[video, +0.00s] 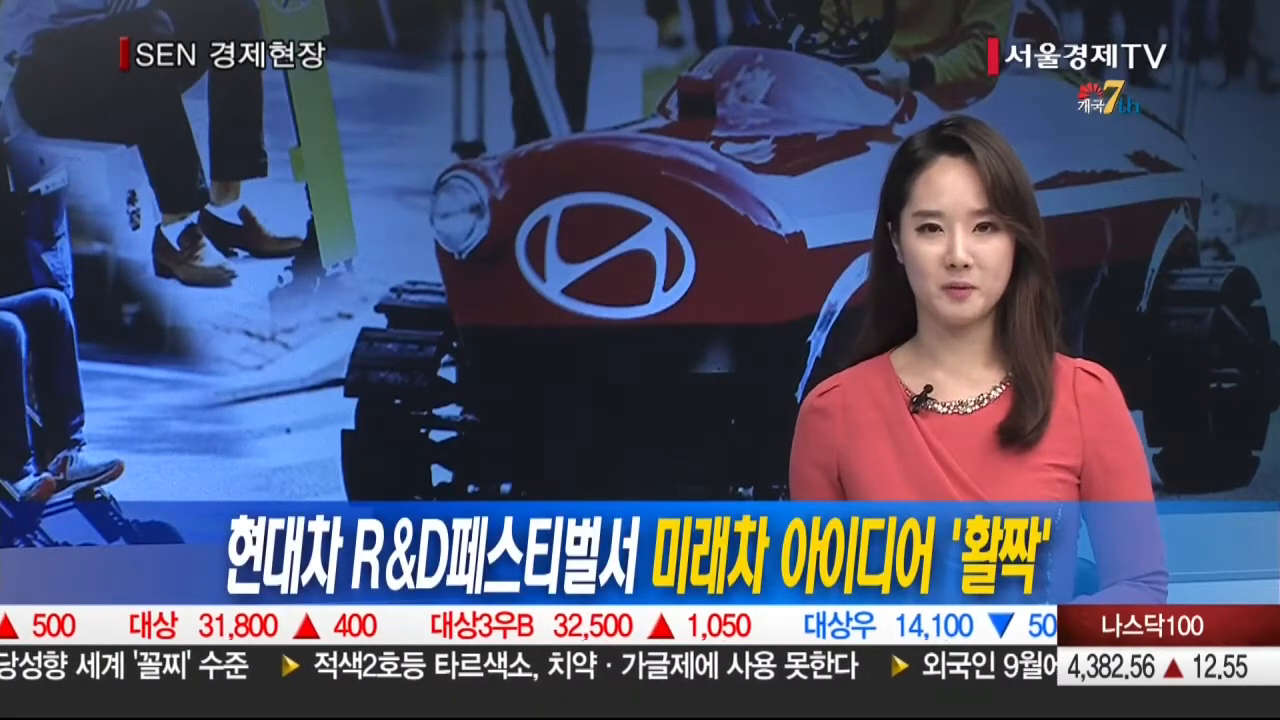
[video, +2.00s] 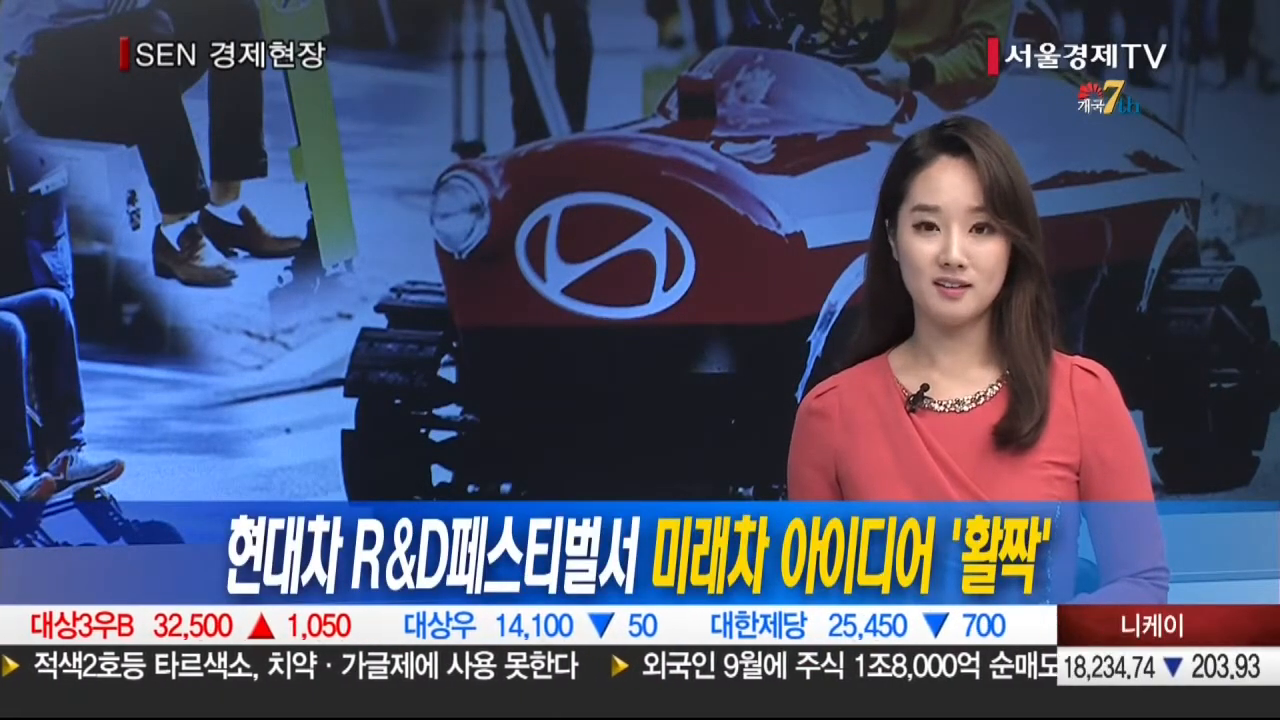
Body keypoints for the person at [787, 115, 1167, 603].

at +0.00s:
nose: (959, 256)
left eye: (985, 227)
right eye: (930, 228)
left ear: (1019, 243)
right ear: (897, 244)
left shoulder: (1086, 398)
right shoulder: (832, 414)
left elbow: (1139, 585)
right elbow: (814, 605)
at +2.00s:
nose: (953, 256)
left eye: (981, 229)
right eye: (927, 226)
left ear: (1015, 246)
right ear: (893, 241)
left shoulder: (1084, 396)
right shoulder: (830, 414)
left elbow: (1143, 581)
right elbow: (809, 603)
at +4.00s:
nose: (953, 260)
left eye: (980, 231)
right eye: (925, 231)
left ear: (1015, 245)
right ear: (893, 245)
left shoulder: (1084, 397)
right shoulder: (830, 415)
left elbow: (1143, 582)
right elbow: (811, 604)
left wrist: (1035, 644)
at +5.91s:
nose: (950, 262)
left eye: (977, 233)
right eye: (923, 234)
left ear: (1012, 246)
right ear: (890, 245)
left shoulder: (1083, 397)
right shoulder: (830, 416)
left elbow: (1142, 581)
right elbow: (810, 604)